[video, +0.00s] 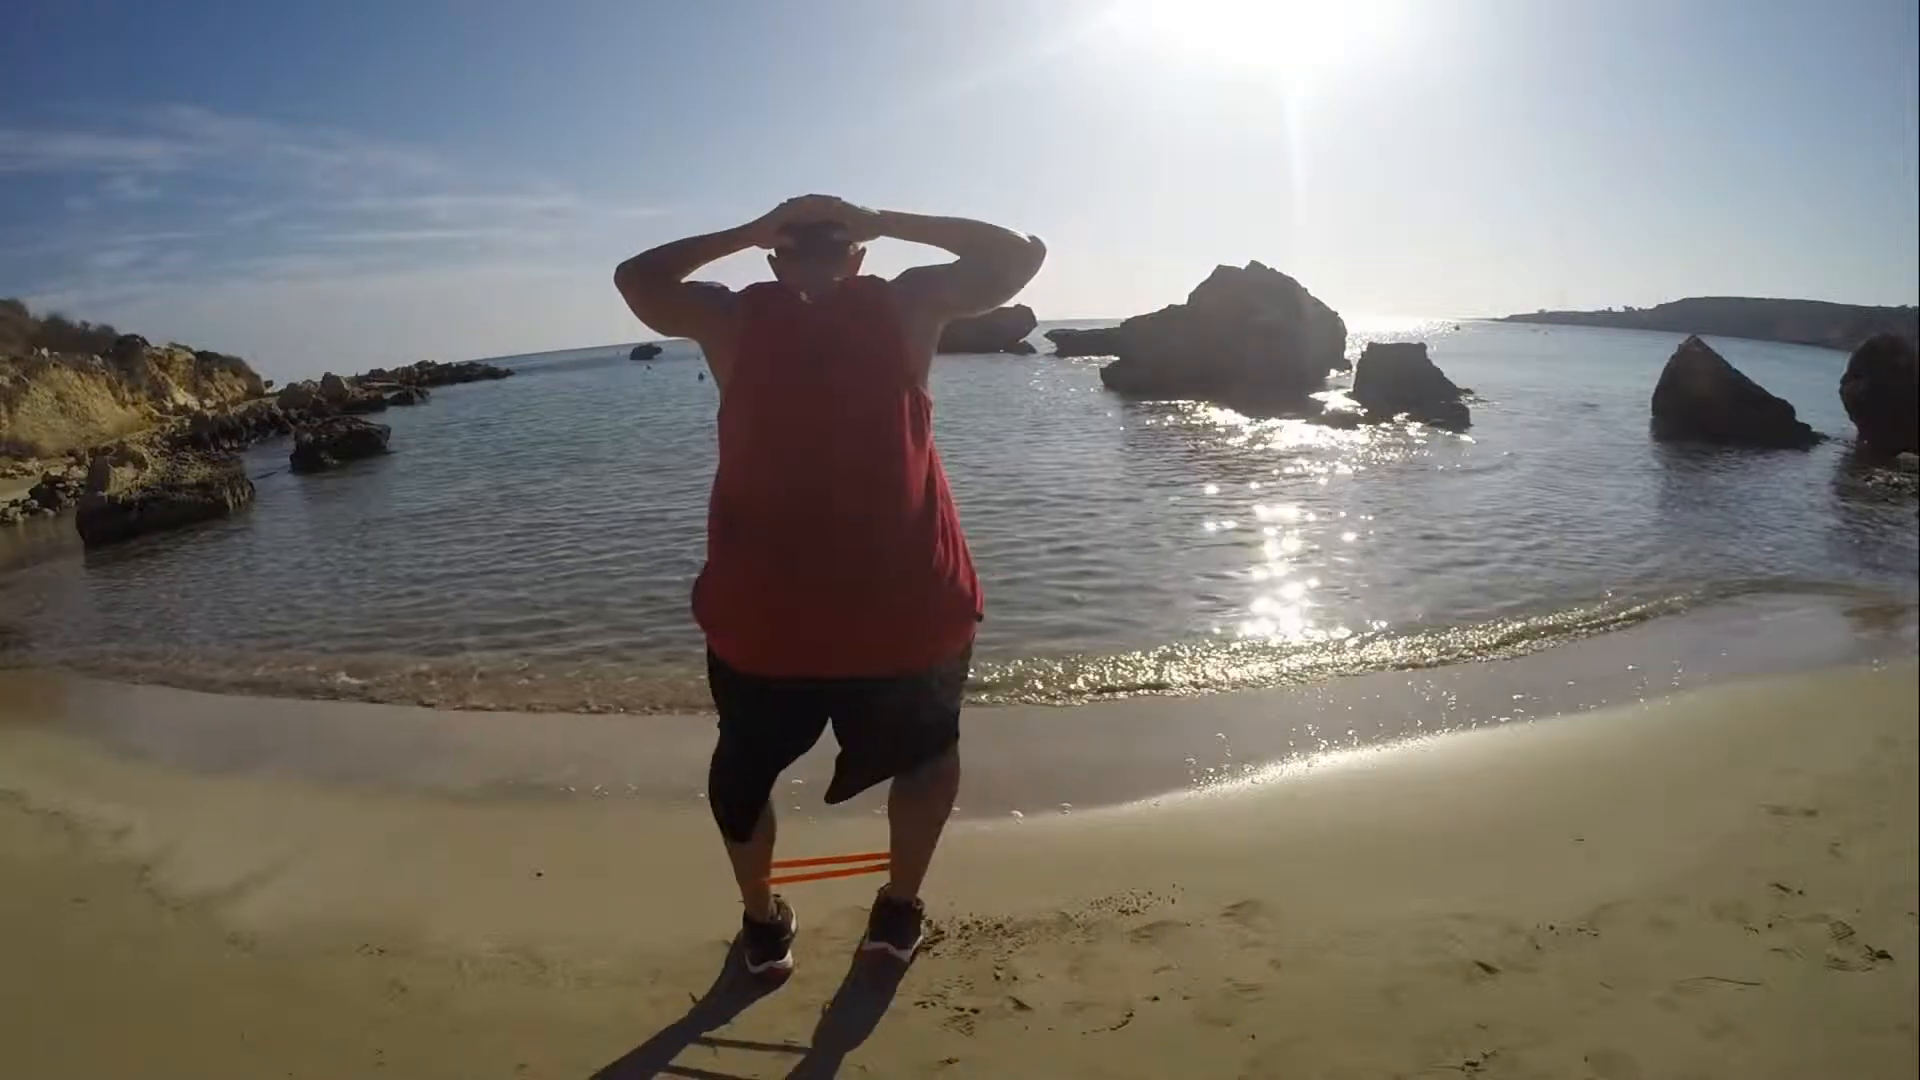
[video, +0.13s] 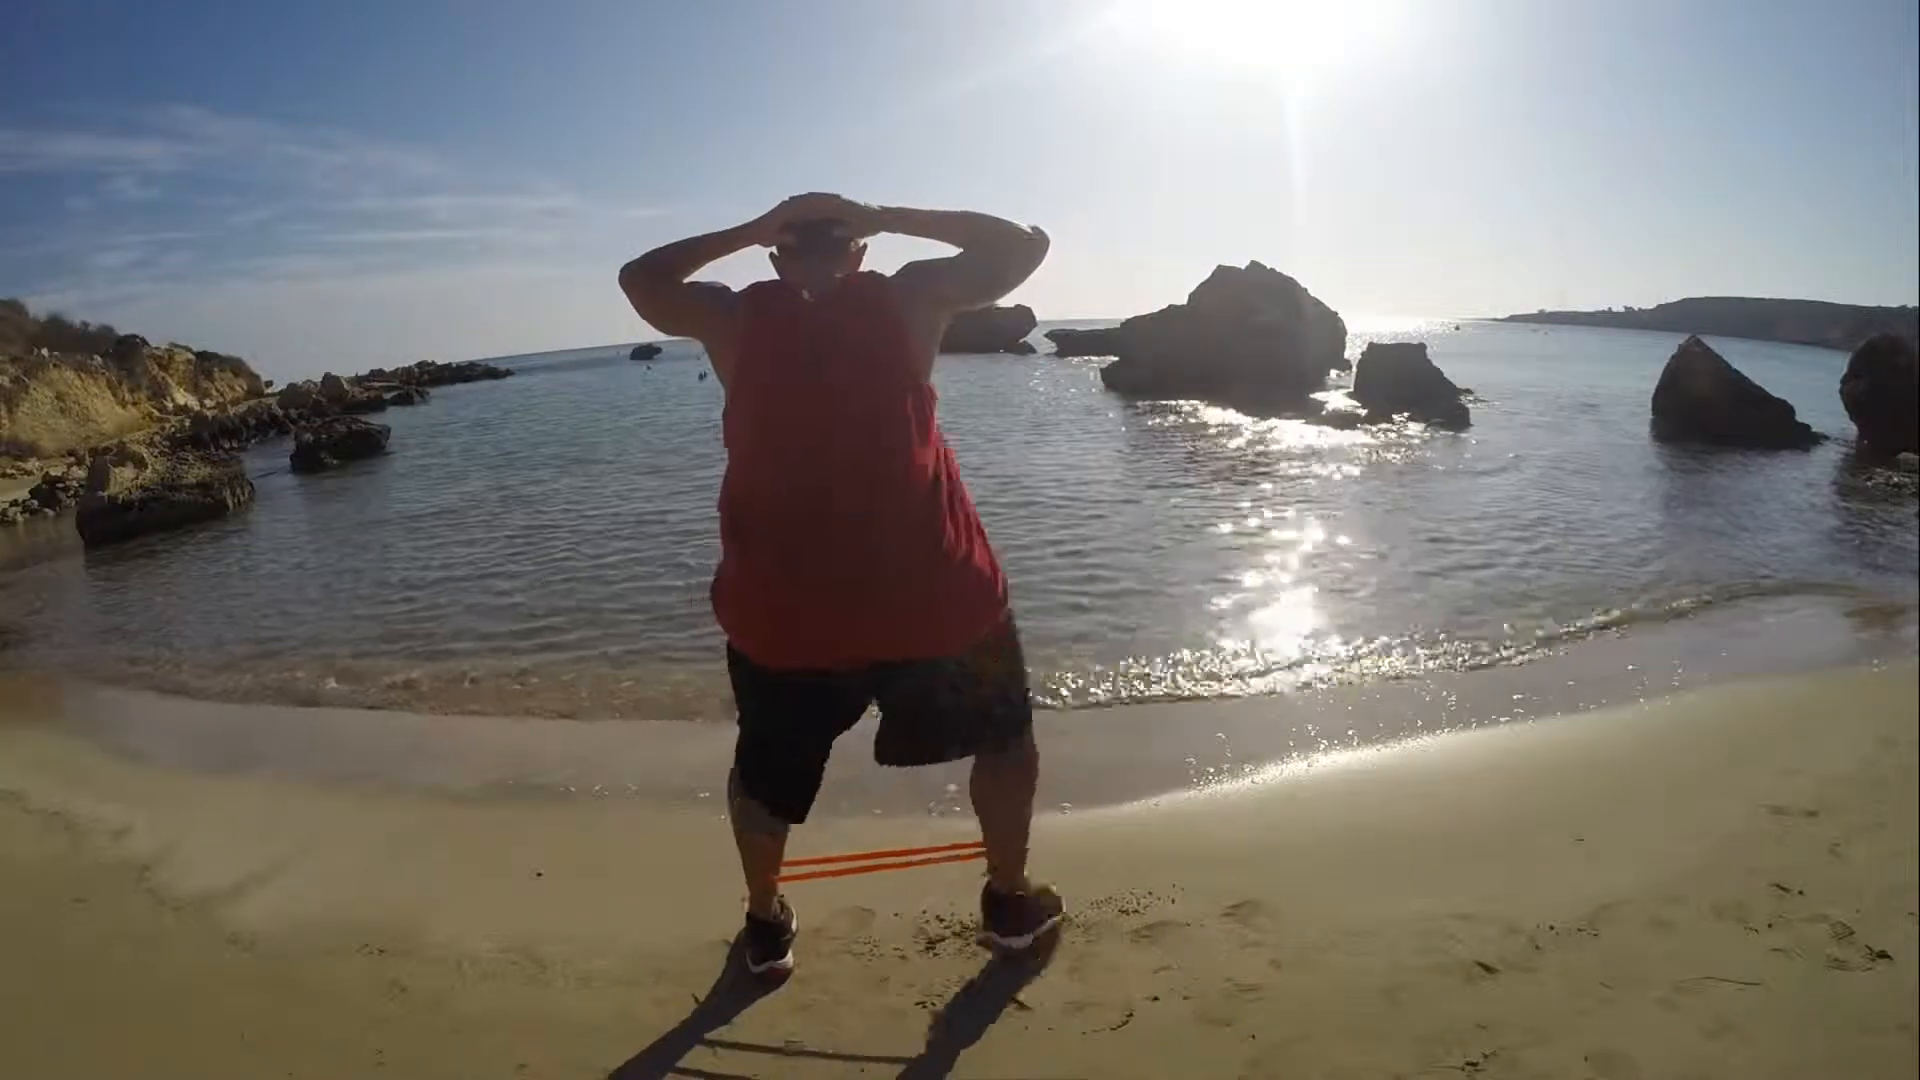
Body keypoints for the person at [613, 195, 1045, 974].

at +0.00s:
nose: (805, 248)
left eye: (807, 237)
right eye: (807, 236)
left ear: (773, 253)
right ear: (861, 251)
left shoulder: (730, 317)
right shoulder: (912, 306)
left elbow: (637, 279)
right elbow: (1019, 254)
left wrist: (750, 232)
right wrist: (889, 222)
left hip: (763, 597)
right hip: (900, 592)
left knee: (740, 775)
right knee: (927, 750)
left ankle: (762, 924)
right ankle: (899, 910)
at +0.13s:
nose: (812, 245)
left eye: (805, 235)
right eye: (824, 232)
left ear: (777, 252)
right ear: (863, 248)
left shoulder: (733, 318)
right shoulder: (913, 301)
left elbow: (641, 281)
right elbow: (1020, 246)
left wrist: (749, 232)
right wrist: (886, 217)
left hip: (782, 588)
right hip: (926, 577)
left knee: (768, 764)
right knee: (1002, 733)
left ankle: (764, 923)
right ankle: (1008, 899)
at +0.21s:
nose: (823, 246)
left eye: (816, 233)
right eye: (834, 230)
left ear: (787, 250)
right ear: (872, 246)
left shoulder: (746, 318)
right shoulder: (922, 297)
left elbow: (652, 282)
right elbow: (1031, 237)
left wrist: (759, 232)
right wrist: (893, 212)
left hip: (806, 585)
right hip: (955, 568)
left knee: (776, 755)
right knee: (1064, 725)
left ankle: (767, 920)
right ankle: (1120, 884)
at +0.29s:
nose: (857, 241)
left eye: (839, 235)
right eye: (866, 233)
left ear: (808, 256)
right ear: (892, 248)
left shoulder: (771, 321)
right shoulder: (950, 296)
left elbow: (672, 284)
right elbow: (1055, 235)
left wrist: (780, 235)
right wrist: (917, 215)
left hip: (837, 588)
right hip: (986, 570)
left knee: (785, 758)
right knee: (1121, 725)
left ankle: (771, 922)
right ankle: (1205, 871)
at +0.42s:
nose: (940, 257)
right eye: (944, 245)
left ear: (869, 264)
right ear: (957, 259)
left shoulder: (831, 333)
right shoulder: (1010, 311)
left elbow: (723, 291)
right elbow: (1115, 248)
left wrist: (835, 242)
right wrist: (986, 225)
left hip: (892, 617)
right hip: (1043, 604)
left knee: (810, 767)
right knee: (1167, 749)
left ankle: (776, 921)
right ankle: (1257, 899)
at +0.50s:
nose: (951, 270)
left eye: (944, 259)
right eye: (963, 255)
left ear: (924, 274)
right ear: (1010, 267)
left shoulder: (892, 341)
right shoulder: (1071, 320)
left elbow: (773, 297)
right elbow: (1169, 250)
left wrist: (893, 246)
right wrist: (1031, 230)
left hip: (943, 618)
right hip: (1092, 614)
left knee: (835, 769)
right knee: (1187, 755)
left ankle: (780, 918)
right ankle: (1262, 909)